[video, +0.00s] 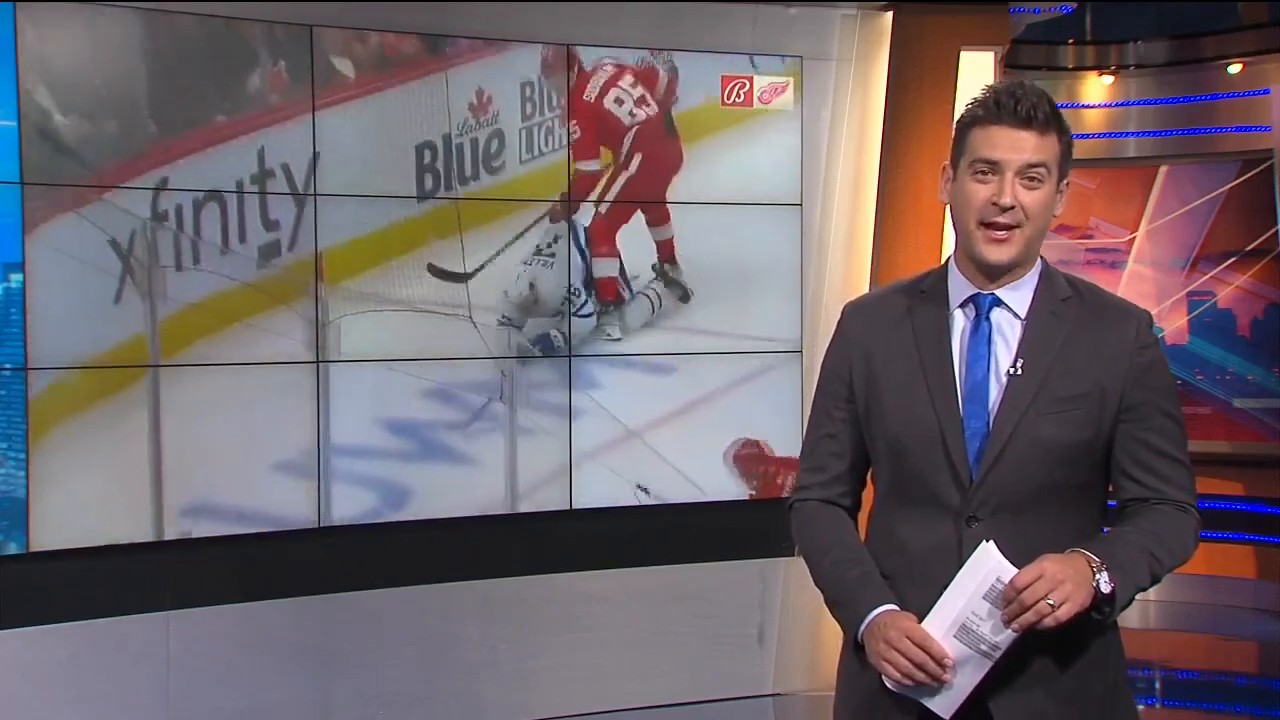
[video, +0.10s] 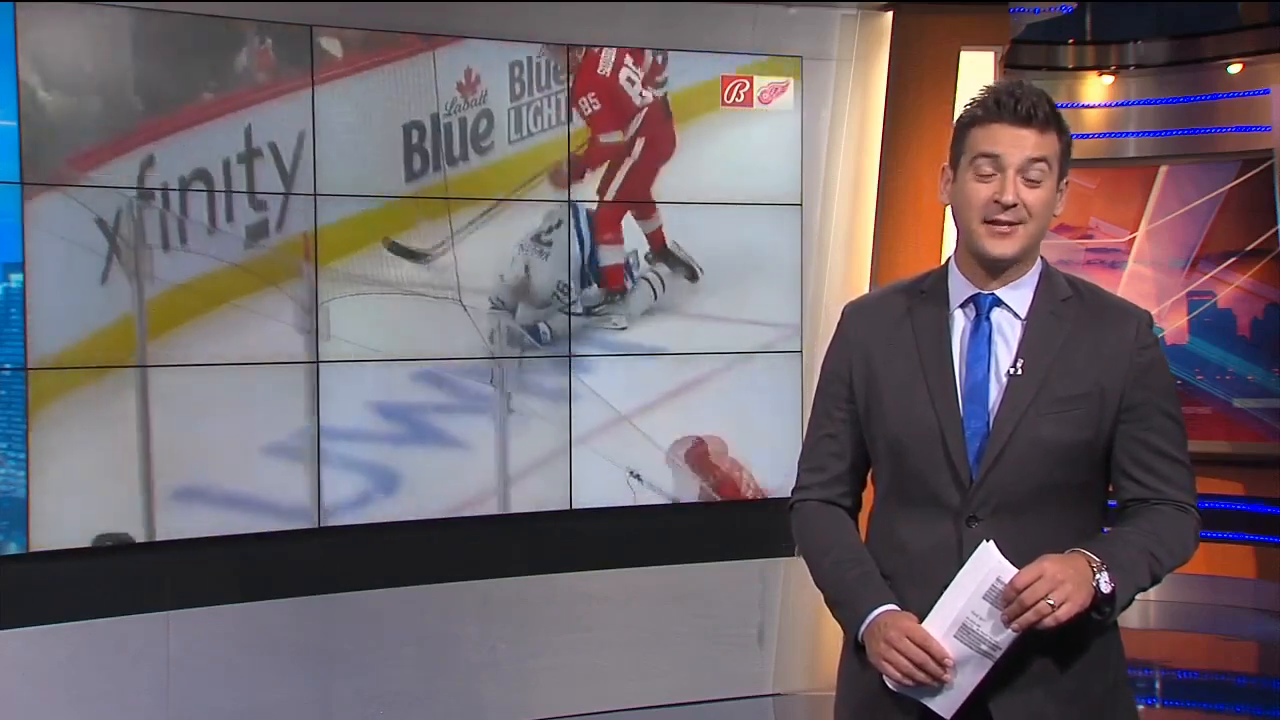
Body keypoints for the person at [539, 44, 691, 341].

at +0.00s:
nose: (551, 86)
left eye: (550, 79)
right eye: (548, 79)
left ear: (562, 73)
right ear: (575, 63)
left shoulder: (577, 104)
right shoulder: (607, 66)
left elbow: (589, 172)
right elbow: (663, 78)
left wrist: (565, 206)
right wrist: (657, 113)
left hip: (642, 160)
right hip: (672, 149)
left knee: (599, 227)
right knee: (652, 199)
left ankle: (610, 312)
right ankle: (670, 267)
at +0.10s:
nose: (553, 60)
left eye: (553, 53)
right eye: (550, 53)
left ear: (569, 51)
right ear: (576, 46)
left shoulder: (585, 85)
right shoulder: (609, 46)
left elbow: (610, 143)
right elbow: (657, 56)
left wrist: (575, 167)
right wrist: (653, 89)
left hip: (642, 143)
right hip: (662, 130)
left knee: (605, 216)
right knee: (637, 191)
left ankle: (614, 293)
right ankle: (662, 252)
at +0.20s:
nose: (566, 45)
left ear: (575, 43)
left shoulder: (598, 65)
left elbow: (629, 120)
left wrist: (588, 149)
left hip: (643, 129)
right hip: (651, 120)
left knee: (616, 202)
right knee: (630, 189)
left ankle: (629, 283)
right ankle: (657, 244)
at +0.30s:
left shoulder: (607, 50)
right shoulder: (586, 50)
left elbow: (639, 96)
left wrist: (605, 132)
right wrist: (580, 86)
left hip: (652, 108)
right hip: (630, 109)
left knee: (631, 184)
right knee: (614, 172)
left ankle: (657, 270)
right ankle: (654, 245)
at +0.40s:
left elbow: (636, 72)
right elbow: (568, 61)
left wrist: (607, 108)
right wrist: (552, 82)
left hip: (645, 88)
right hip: (616, 94)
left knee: (637, 169)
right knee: (599, 155)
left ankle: (667, 256)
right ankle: (628, 220)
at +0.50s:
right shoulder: (531, 42)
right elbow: (538, 73)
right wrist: (523, 102)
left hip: (615, 86)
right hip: (579, 96)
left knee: (620, 168)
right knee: (569, 166)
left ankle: (651, 253)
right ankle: (585, 237)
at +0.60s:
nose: (514, 90)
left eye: (518, 82)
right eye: (508, 84)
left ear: (526, 67)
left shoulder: (546, 52)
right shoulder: (500, 56)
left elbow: (584, 80)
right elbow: (510, 92)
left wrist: (563, 117)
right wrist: (502, 116)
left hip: (587, 99)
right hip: (547, 108)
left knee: (592, 178)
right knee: (533, 171)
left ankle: (620, 253)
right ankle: (547, 244)